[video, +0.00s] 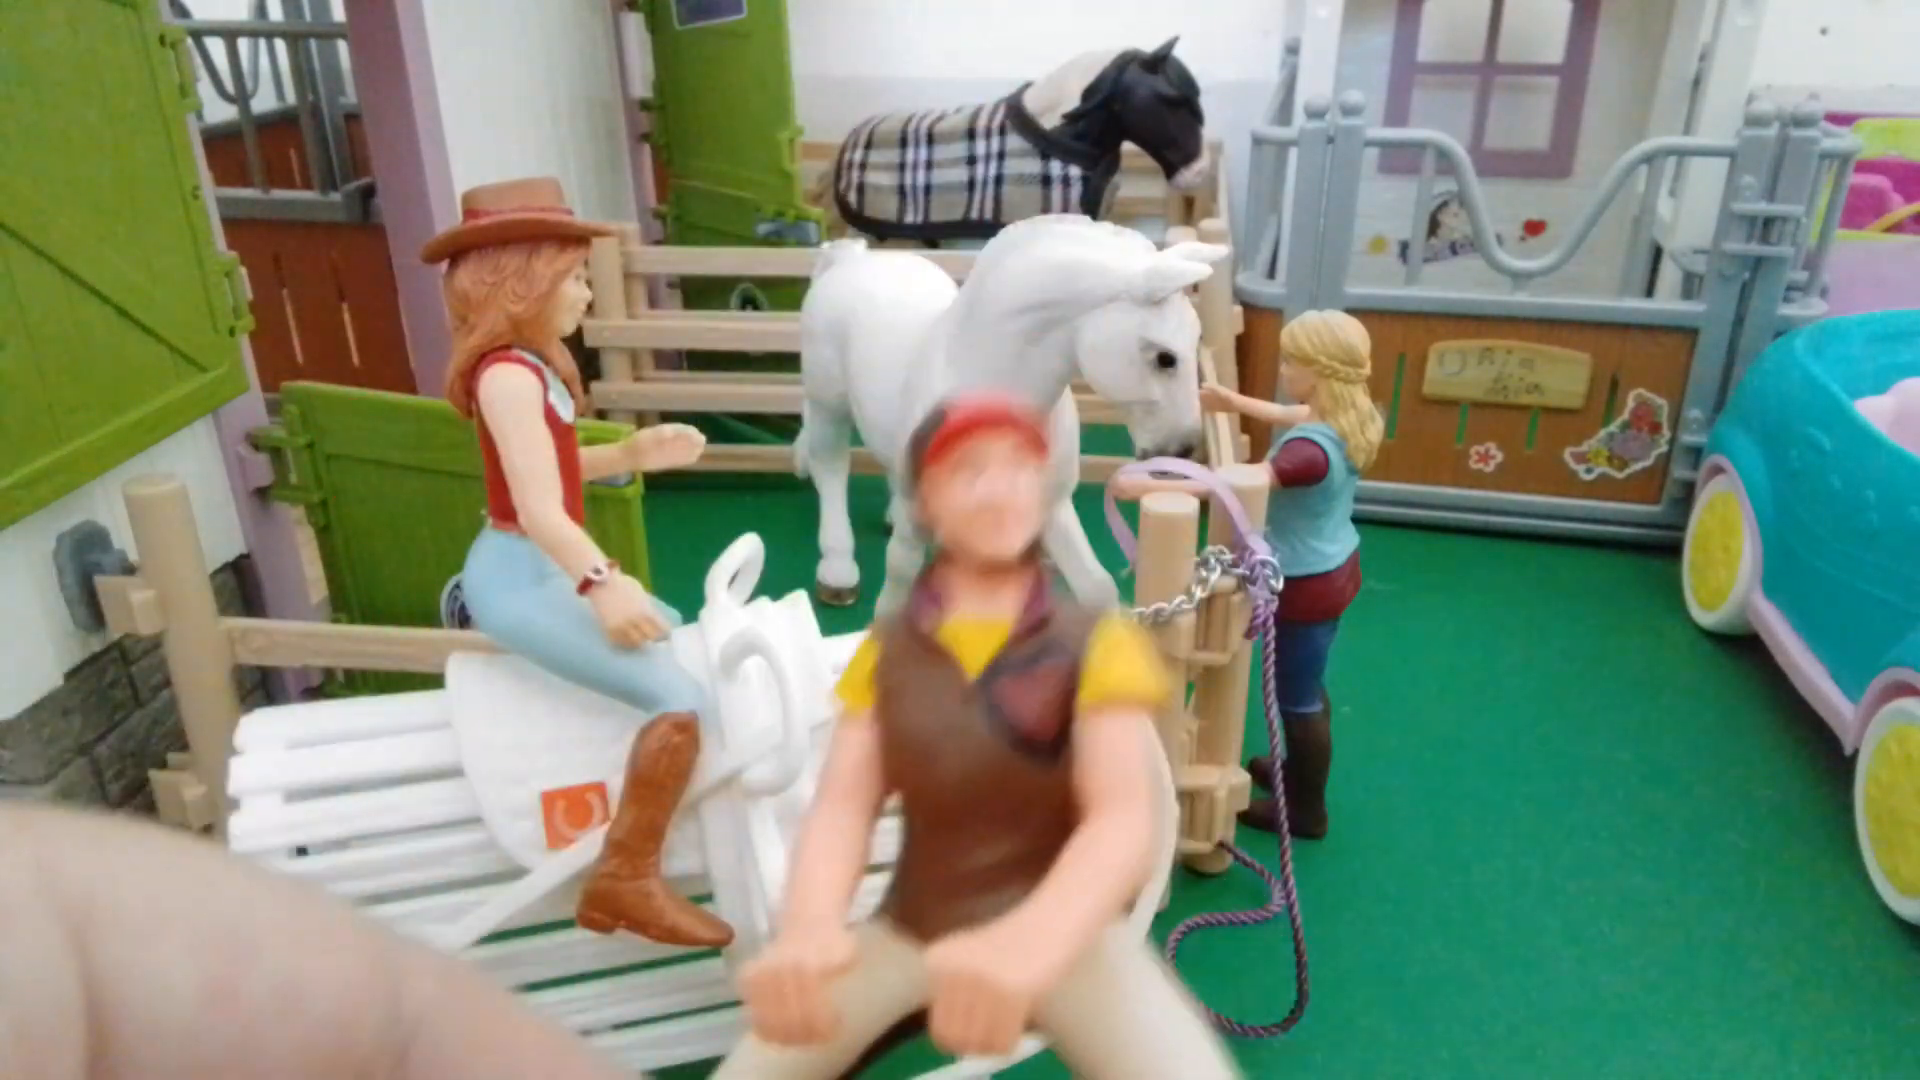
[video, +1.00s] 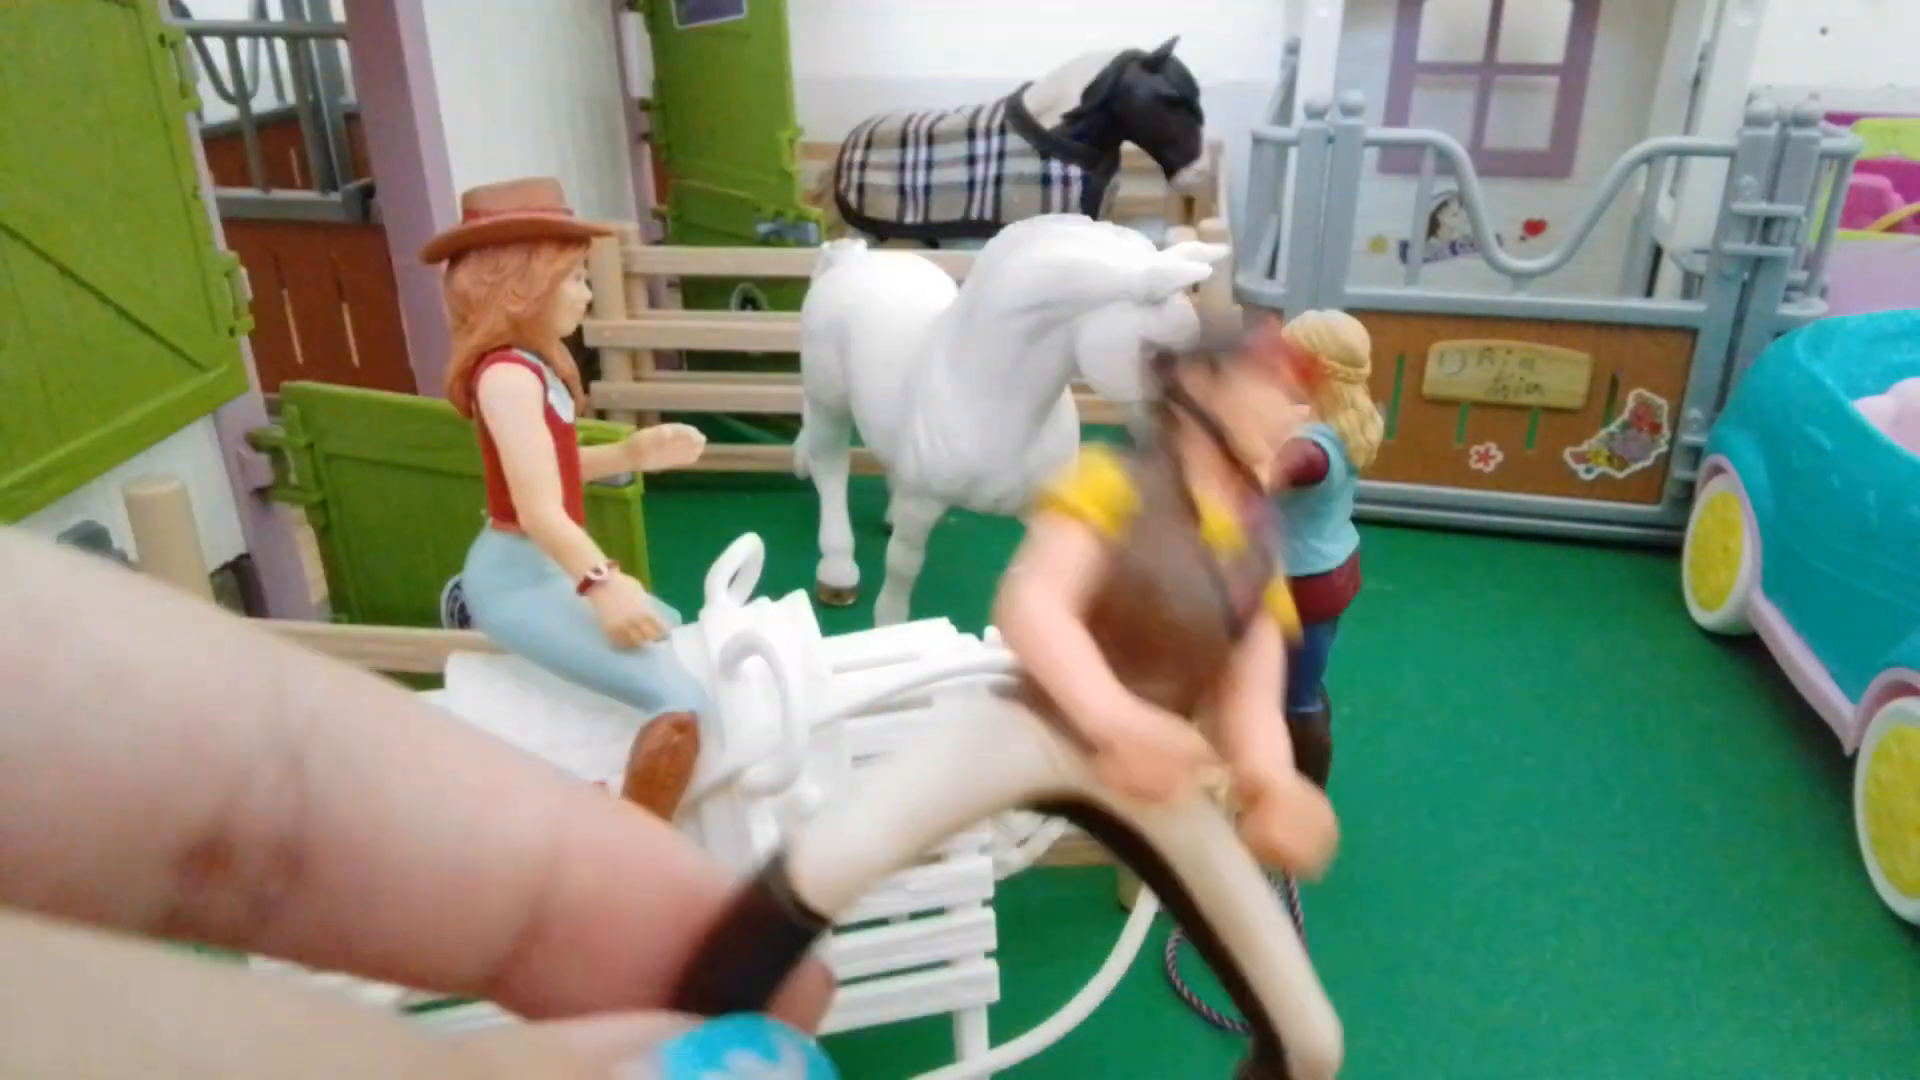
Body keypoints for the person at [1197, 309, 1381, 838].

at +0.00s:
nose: (1282, 371)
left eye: (1290, 362)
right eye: (1285, 360)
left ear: (1319, 373)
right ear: (1335, 374)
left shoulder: (1314, 447)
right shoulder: (1346, 418)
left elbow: (1249, 478)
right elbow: (1288, 415)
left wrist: (1165, 483)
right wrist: (1235, 400)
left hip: (1305, 587)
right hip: (1332, 564)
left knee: (1298, 699)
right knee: (1302, 680)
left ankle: (1304, 812)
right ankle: (1299, 771)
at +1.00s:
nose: (1282, 369)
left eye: (1291, 359)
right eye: (1284, 358)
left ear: (1310, 372)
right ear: (1340, 372)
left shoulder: (1317, 444)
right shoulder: (1347, 421)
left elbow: (1258, 475)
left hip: (1308, 579)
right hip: (1335, 559)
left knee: (1299, 699)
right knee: (1308, 685)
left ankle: (1305, 804)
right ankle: (1306, 791)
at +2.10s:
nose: (1282, 371)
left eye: (1290, 362)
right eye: (1284, 361)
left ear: (1317, 373)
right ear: (1336, 373)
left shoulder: (1314, 448)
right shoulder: (1347, 417)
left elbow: (1252, 478)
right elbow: (1287, 414)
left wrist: (1186, 478)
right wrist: (1228, 397)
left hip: (1305, 587)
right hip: (1332, 565)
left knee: (1299, 699)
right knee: (1301, 681)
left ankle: (1304, 811)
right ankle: (1298, 773)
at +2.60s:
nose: (1282, 371)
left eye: (1289, 362)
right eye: (1284, 361)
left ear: (1316, 373)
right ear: (1336, 373)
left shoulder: (1314, 447)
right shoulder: (1349, 417)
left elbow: (1247, 479)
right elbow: (1291, 415)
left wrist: (1160, 485)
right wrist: (1238, 401)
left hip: (1304, 587)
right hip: (1332, 567)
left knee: (1299, 700)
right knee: (1302, 682)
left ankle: (1304, 812)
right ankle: (1298, 774)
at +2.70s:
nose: (1282, 370)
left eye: (1290, 361)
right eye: (1285, 360)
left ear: (1317, 373)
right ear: (1335, 373)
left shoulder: (1314, 448)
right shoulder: (1348, 417)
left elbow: (1247, 478)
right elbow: (1289, 416)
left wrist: (1161, 484)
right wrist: (1237, 400)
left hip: (1305, 587)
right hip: (1333, 564)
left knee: (1299, 699)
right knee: (1301, 681)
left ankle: (1304, 813)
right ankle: (1299, 773)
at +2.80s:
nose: (1282, 370)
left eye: (1289, 362)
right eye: (1285, 360)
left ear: (1316, 373)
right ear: (1333, 373)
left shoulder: (1314, 448)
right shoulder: (1349, 416)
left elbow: (1247, 480)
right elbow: (1293, 414)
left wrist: (1164, 484)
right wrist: (1235, 400)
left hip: (1305, 588)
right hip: (1331, 568)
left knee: (1298, 700)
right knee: (1302, 683)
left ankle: (1304, 812)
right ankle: (1299, 775)